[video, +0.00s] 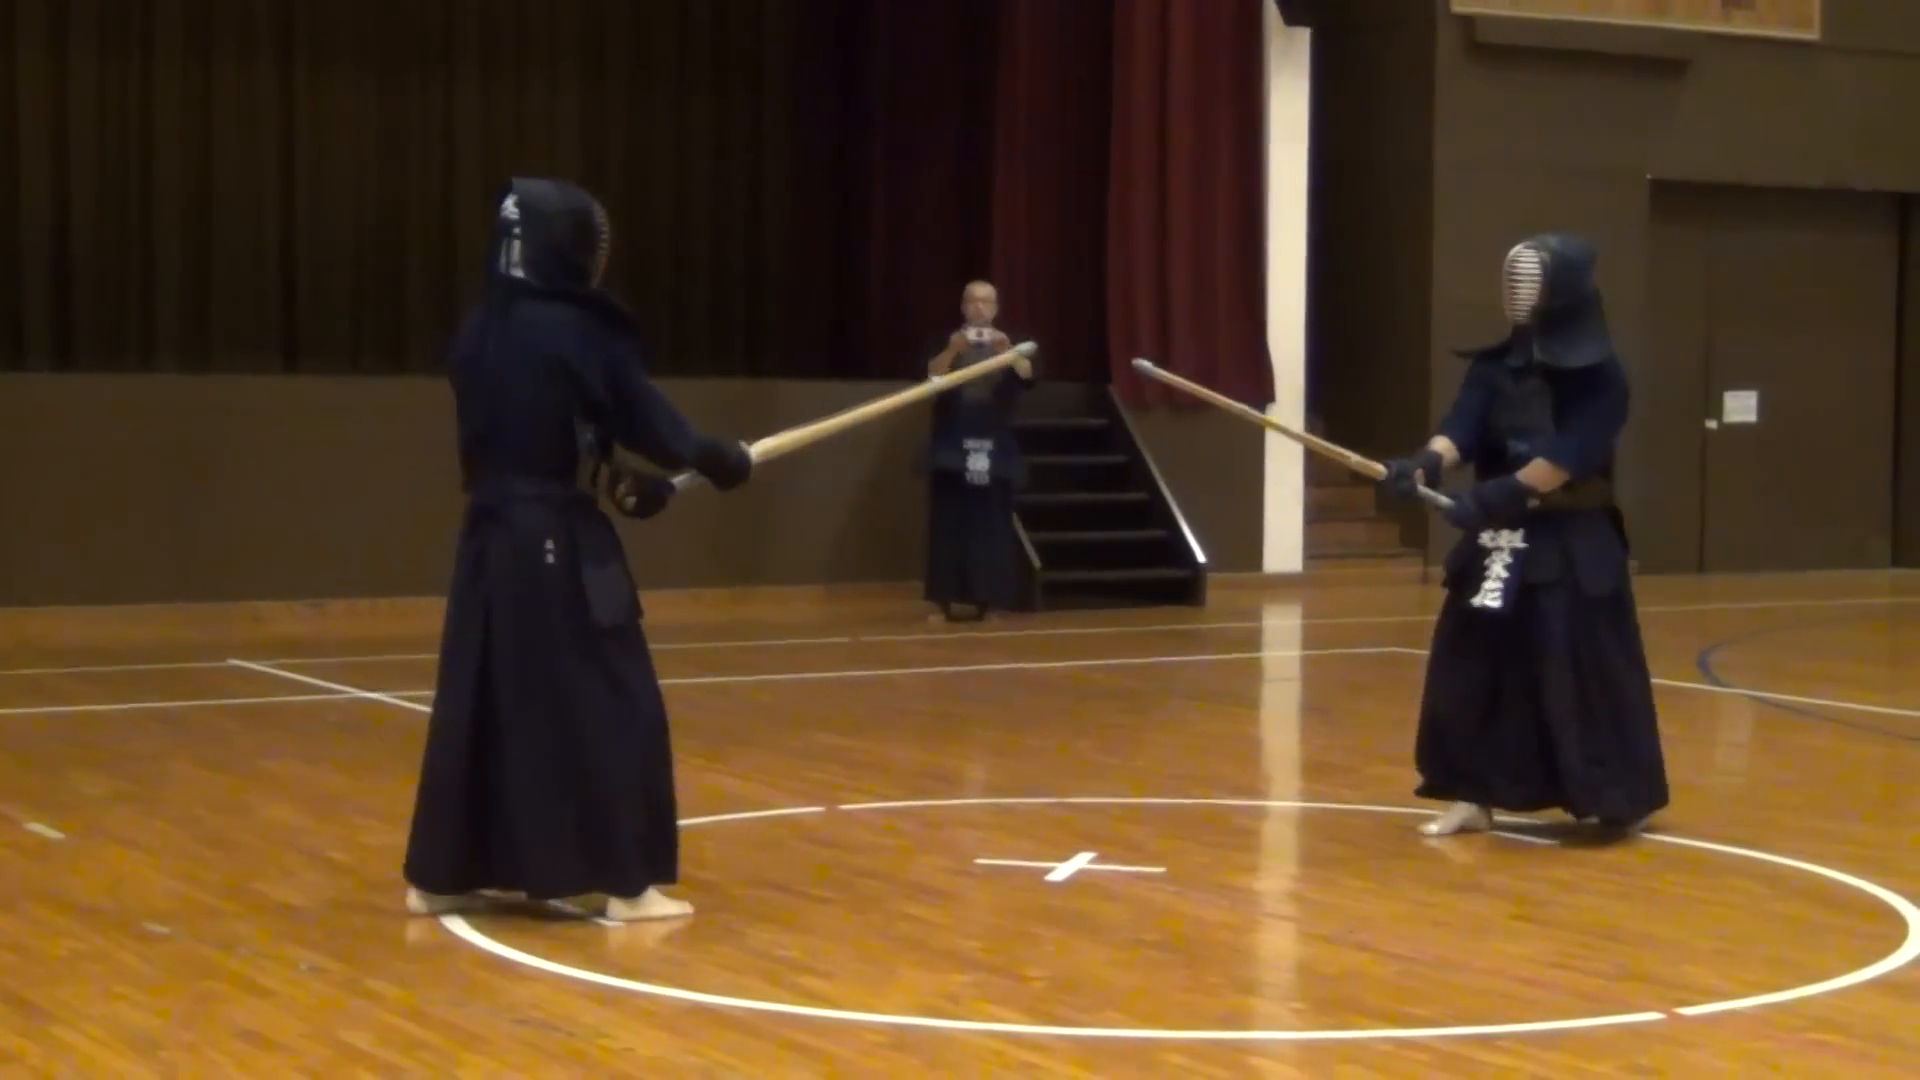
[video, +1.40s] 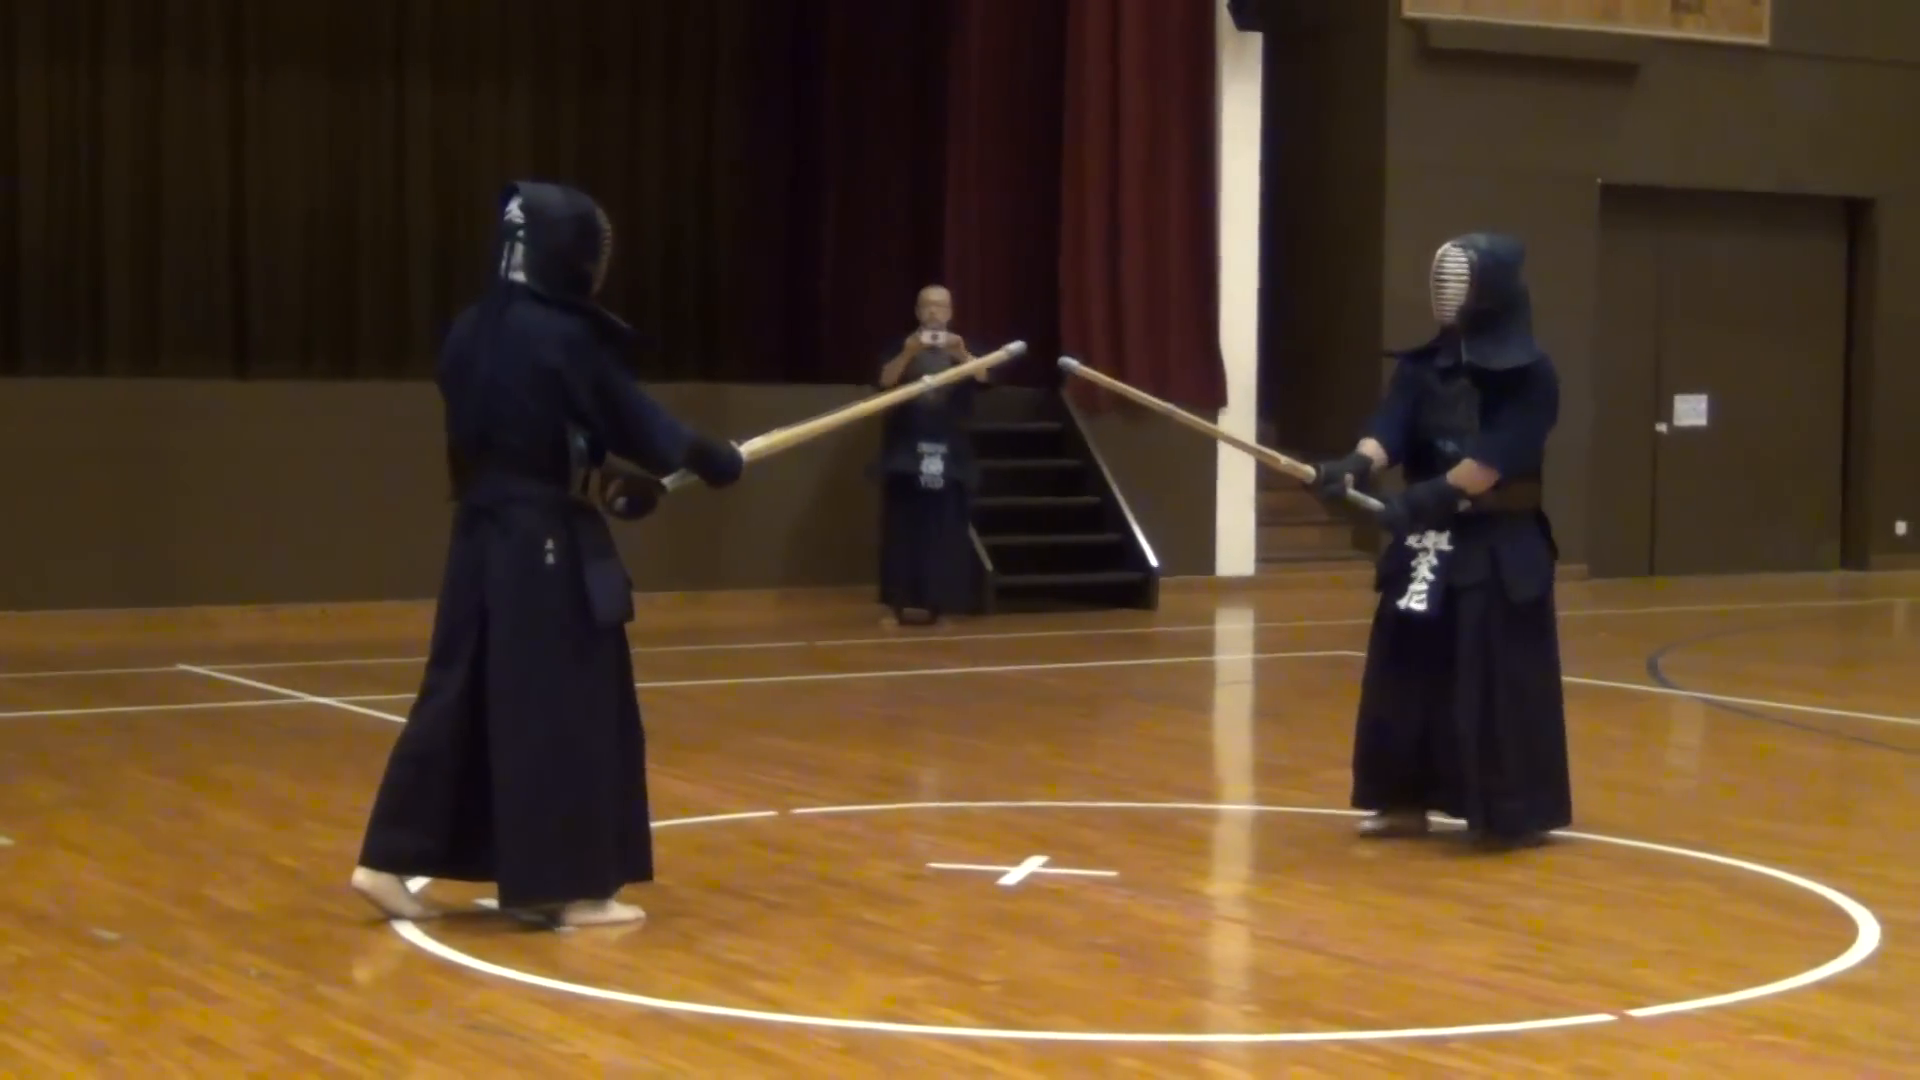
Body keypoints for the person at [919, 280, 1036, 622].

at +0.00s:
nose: (979, 308)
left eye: (986, 302)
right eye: (973, 302)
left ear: (997, 307)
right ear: (963, 306)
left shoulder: (1007, 348)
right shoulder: (947, 344)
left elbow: (1027, 376)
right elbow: (930, 375)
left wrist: (1002, 348)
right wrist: (954, 349)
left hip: (993, 441)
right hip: (952, 440)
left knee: (990, 516)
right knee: (950, 516)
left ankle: (989, 598)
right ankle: (947, 596)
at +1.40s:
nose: (934, 312)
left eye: (941, 306)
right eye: (928, 306)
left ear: (951, 311)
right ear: (918, 310)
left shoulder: (961, 351)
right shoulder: (901, 348)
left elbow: (985, 378)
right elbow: (884, 382)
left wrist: (961, 353)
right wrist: (910, 352)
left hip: (947, 445)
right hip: (906, 444)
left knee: (943, 522)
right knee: (903, 521)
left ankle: (940, 602)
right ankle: (899, 600)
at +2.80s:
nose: (885, 314)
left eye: (892, 308)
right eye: (879, 308)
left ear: (902, 313)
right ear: (869, 312)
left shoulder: (913, 349)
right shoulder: (854, 348)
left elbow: (938, 378)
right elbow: (836, 383)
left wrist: (911, 355)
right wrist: (860, 354)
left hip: (897, 445)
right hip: (856, 444)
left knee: (893, 522)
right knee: (853, 521)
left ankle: (889, 604)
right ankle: (847, 603)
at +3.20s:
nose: (882, 314)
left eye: (889, 309)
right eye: (876, 308)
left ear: (899, 314)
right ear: (865, 312)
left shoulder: (908, 353)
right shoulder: (850, 350)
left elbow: (929, 378)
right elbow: (832, 383)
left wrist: (904, 350)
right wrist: (855, 354)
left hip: (893, 446)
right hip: (852, 444)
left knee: (887, 522)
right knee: (848, 521)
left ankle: (882, 602)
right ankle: (841, 603)